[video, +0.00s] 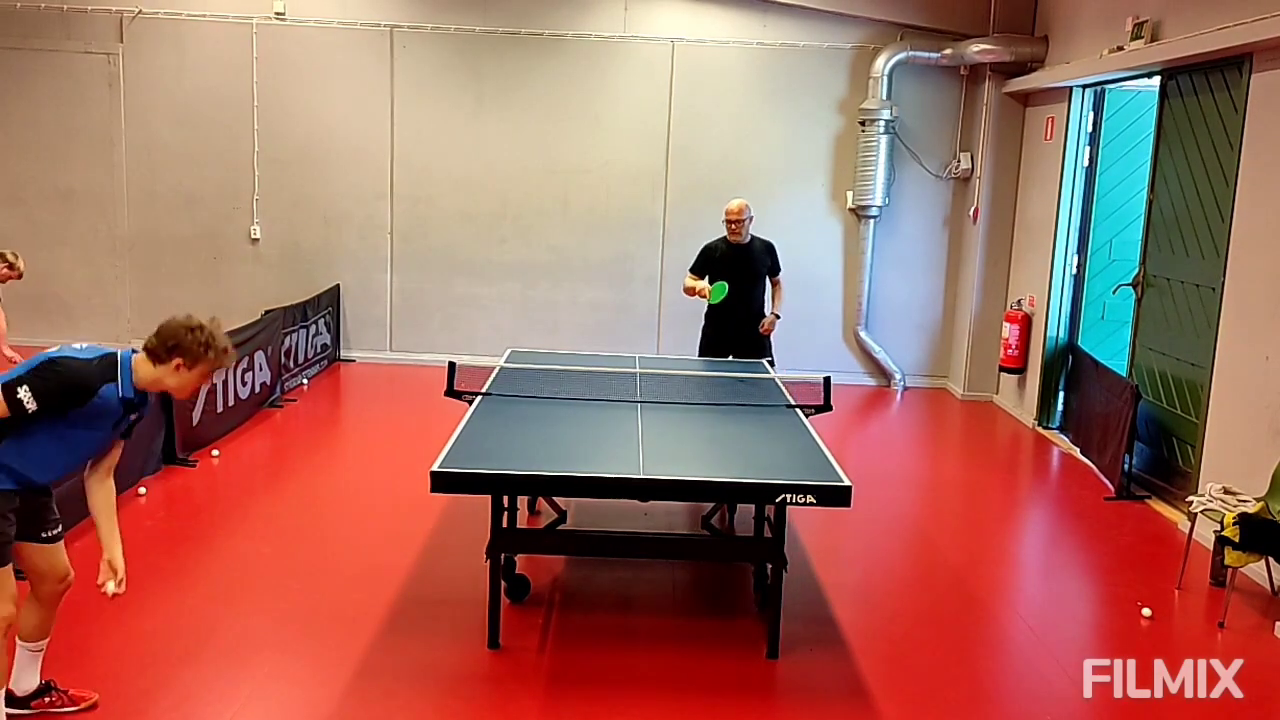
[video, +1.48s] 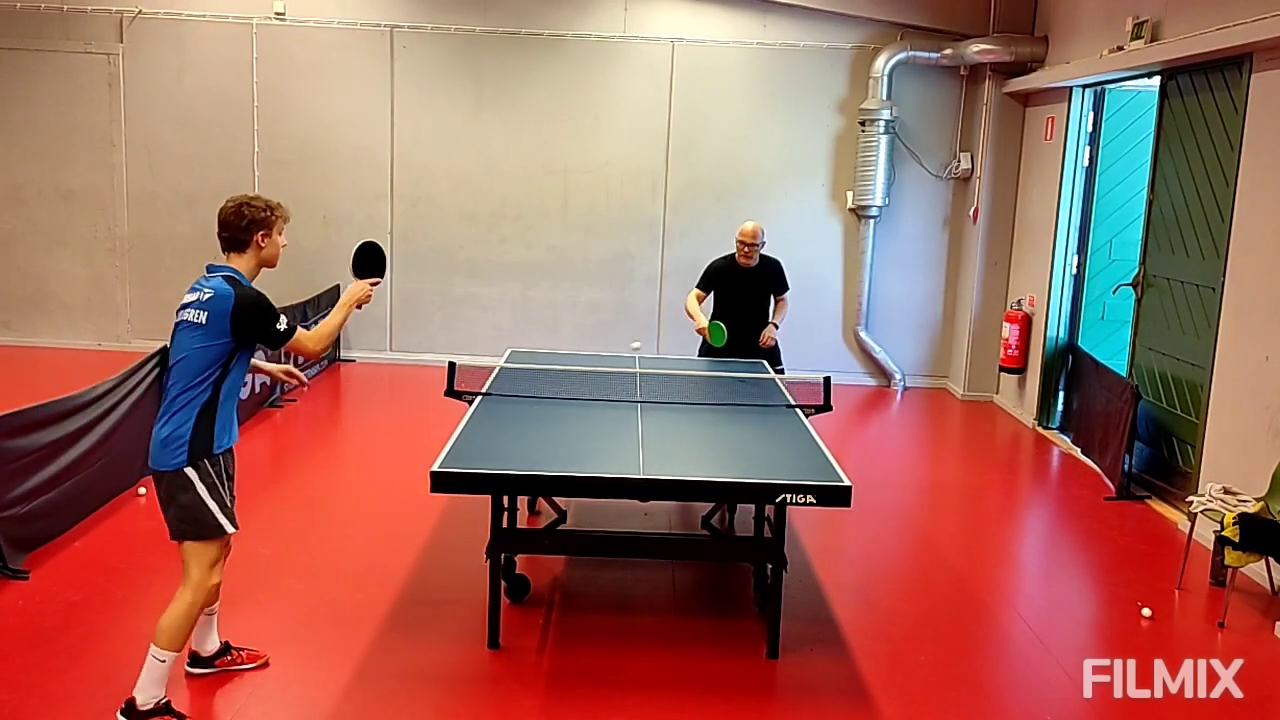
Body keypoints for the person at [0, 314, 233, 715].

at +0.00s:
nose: (205, 385)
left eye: (209, 376)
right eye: (205, 374)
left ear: (176, 362)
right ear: (179, 364)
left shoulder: (135, 398)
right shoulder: (78, 373)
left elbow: (100, 474)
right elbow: (1, 405)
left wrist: (111, 549)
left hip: (32, 483)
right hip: (2, 482)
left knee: (53, 580)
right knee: (4, 614)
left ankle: (24, 689)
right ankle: (8, 699)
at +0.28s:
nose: (191, 277)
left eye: (192, 268)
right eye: (189, 267)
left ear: (153, 266)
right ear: (165, 268)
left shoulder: (122, 319)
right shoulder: (98, 323)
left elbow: (108, 405)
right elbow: (43, 404)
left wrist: (145, 462)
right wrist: (108, 457)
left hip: (62, 469)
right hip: (43, 474)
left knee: (51, 583)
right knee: (90, 591)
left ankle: (22, 689)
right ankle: (58, 711)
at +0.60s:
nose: (205, 253)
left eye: (204, 244)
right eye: (201, 244)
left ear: (168, 247)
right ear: (176, 248)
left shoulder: (157, 300)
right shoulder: (121, 318)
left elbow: (168, 374)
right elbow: (97, 412)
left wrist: (234, 414)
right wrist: (174, 449)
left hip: (147, 461)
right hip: (117, 472)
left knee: (167, 558)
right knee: (155, 585)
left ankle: (71, 647)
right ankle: (142, 706)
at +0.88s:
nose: (251, 253)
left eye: (251, 243)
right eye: (246, 243)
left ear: (215, 247)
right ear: (218, 247)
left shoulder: (221, 307)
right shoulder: (143, 311)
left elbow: (264, 353)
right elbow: (79, 376)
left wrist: (334, 361)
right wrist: (51, 452)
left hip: (187, 459)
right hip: (143, 468)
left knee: (200, 552)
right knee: (158, 586)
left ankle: (204, 648)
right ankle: (141, 704)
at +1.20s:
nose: (290, 250)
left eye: (289, 241)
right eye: (286, 241)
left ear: (256, 244)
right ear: (260, 245)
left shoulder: (247, 299)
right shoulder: (211, 303)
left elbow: (263, 366)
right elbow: (227, 391)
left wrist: (294, 380)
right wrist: (304, 406)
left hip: (205, 444)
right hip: (167, 451)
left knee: (219, 544)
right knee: (174, 571)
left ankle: (207, 650)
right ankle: (148, 698)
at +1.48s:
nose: (283, 245)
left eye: (282, 235)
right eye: (280, 236)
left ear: (233, 239)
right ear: (261, 239)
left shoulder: (205, 287)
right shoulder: (244, 298)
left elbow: (207, 357)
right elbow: (311, 345)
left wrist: (266, 369)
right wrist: (348, 302)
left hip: (191, 446)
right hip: (192, 453)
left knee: (215, 547)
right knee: (199, 579)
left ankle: (206, 650)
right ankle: (144, 701)